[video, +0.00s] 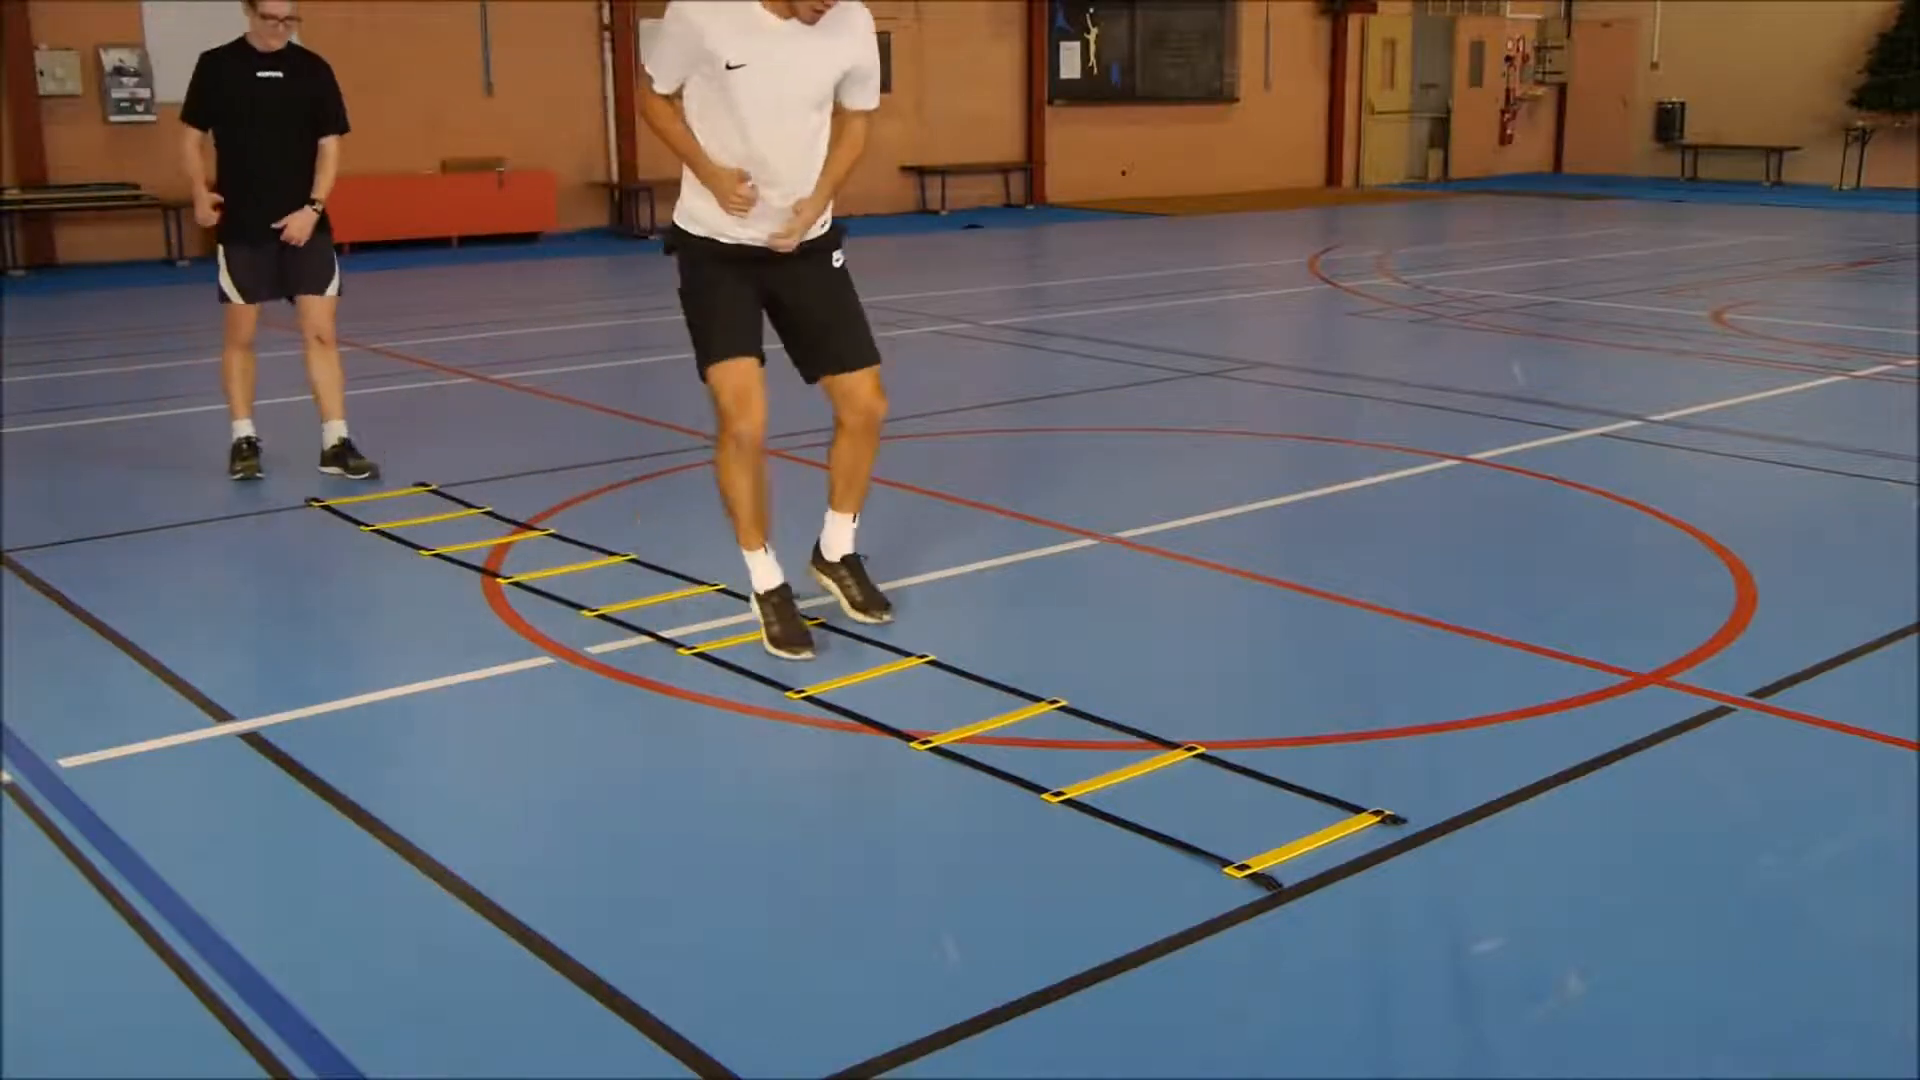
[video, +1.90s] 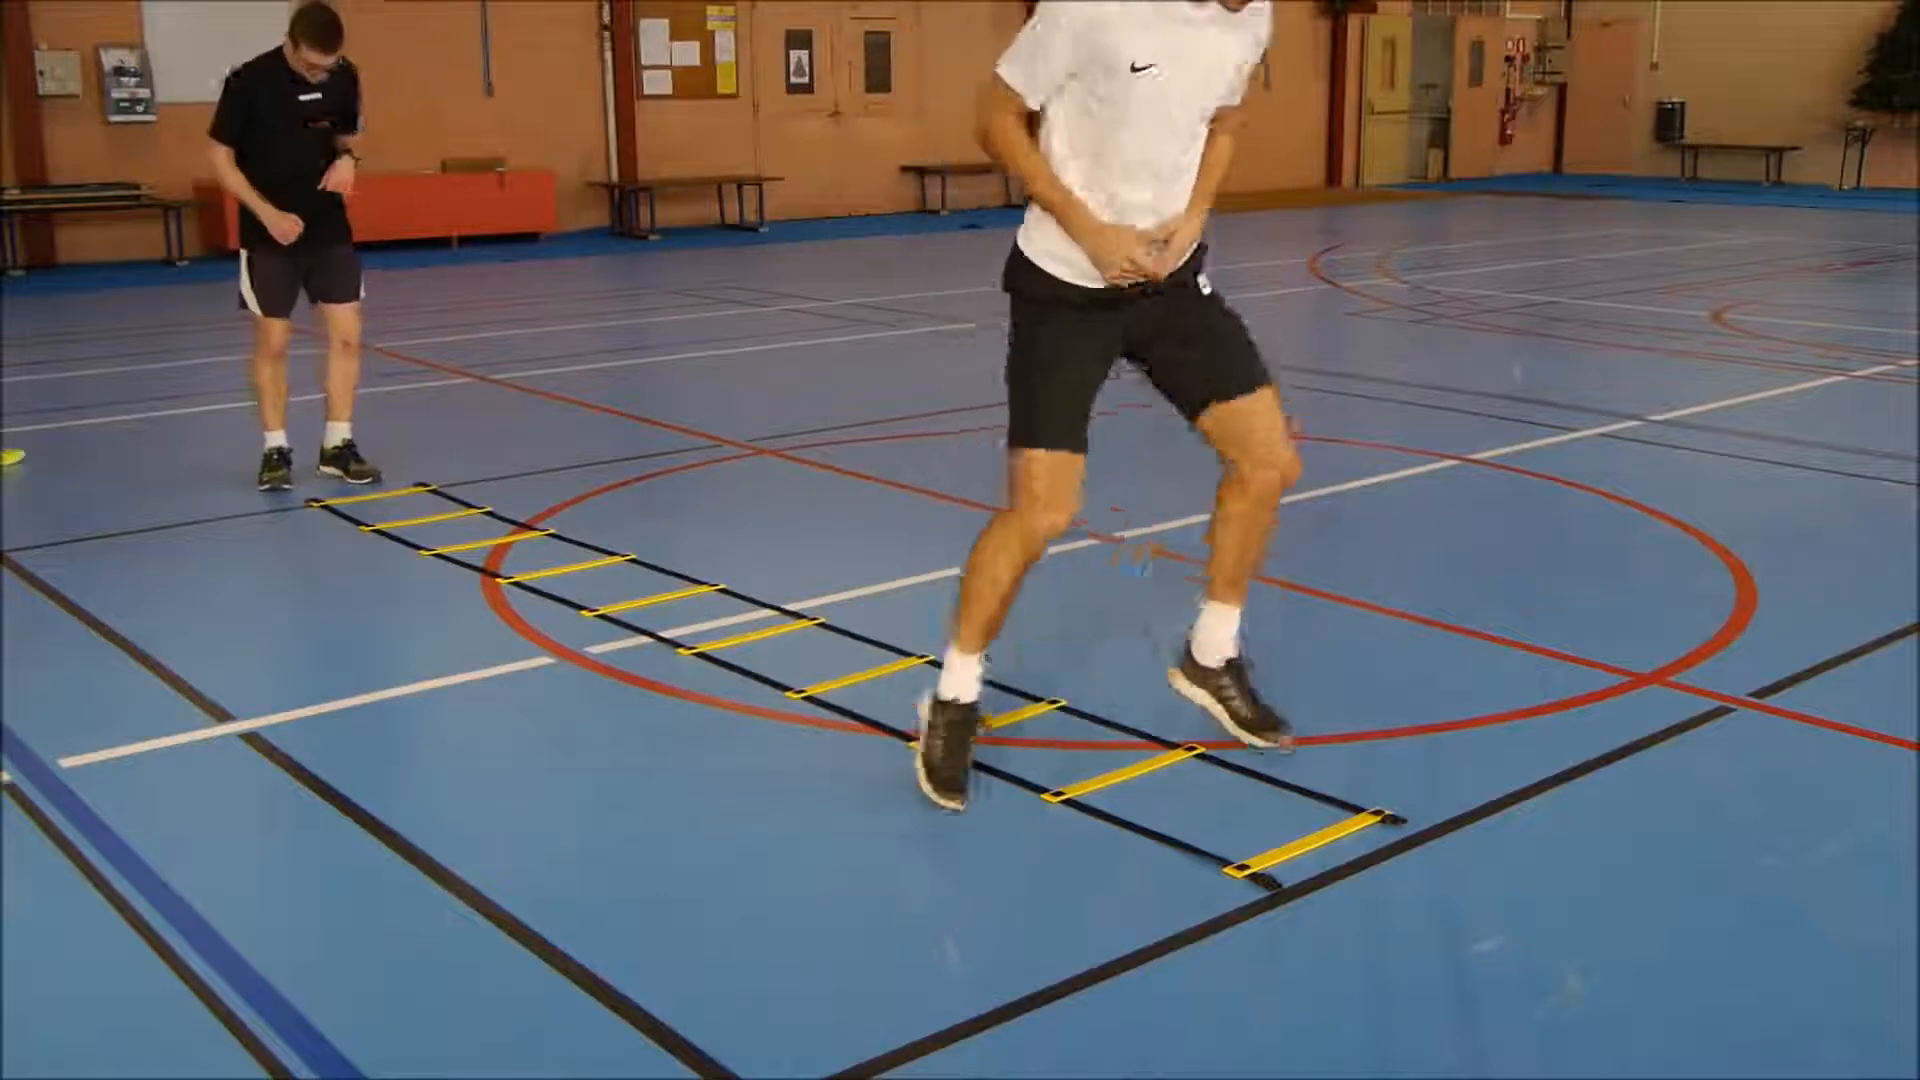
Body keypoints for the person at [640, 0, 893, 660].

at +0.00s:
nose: (822, 6)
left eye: (829, 3)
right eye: (813, 2)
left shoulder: (853, 24)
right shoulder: (698, 17)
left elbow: (854, 118)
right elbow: (654, 98)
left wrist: (818, 198)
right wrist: (708, 169)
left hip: (807, 242)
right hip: (714, 244)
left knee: (864, 405)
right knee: (744, 420)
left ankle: (835, 551)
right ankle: (767, 585)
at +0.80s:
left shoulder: (982, 16)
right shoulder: (827, 12)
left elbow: (965, 106)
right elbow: (758, 97)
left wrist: (942, 183)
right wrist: (836, 189)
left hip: (929, 253)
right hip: (837, 260)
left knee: (996, 421)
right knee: (882, 448)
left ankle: (923, 585)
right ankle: (870, 629)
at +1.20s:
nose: (1055, 5)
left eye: (1060, 0)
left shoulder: (1055, 28)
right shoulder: (901, 19)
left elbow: (1031, 123)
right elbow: (824, 123)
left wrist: (1024, 200)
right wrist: (919, 208)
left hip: (997, 278)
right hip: (898, 281)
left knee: (1098, 438)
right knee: (889, 475)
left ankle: (1039, 615)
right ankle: (811, 662)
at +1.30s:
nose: (1082, 5)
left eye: (1088, 0)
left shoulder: (1101, 36)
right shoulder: (927, 19)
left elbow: (1103, 144)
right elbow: (860, 108)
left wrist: (1068, 215)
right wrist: (922, 190)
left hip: (1042, 289)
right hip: (937, 284)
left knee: (1091, 482)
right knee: (938, 472)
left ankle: (1044, 636)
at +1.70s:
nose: (1168, 1)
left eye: (1176, 0)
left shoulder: (1190, 20)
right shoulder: (1017, 11)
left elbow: (1172, 132)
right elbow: (943, 121)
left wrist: (1128, 228)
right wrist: (1040, 213)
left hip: (1111, 296)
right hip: (1002, 286)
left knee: (1167, 486)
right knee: (997, 499)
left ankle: (1054, 648)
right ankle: (925, 709)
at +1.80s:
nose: (1196, 4)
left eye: (1201, 2)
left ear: (1199, 0)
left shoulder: (1197, 23)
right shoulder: (1042, 18)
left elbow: (1169, 136)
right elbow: (955, 135)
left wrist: (1144, 229)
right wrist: (1069, 233)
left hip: (1126, 300)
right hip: (1024, 305)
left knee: (1240, 457)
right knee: (989, 523)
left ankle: (1114, 616)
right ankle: (907, 719)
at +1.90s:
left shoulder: (1253, 17)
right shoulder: (1085, 11)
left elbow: (1224, 120)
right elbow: (999, 120)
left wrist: (1194, 215)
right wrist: (1088, 228)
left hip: (1173, 281)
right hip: (1060, 285)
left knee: (1266, 462)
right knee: (1042, 509)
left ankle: (1211, 657)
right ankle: (954, 695)